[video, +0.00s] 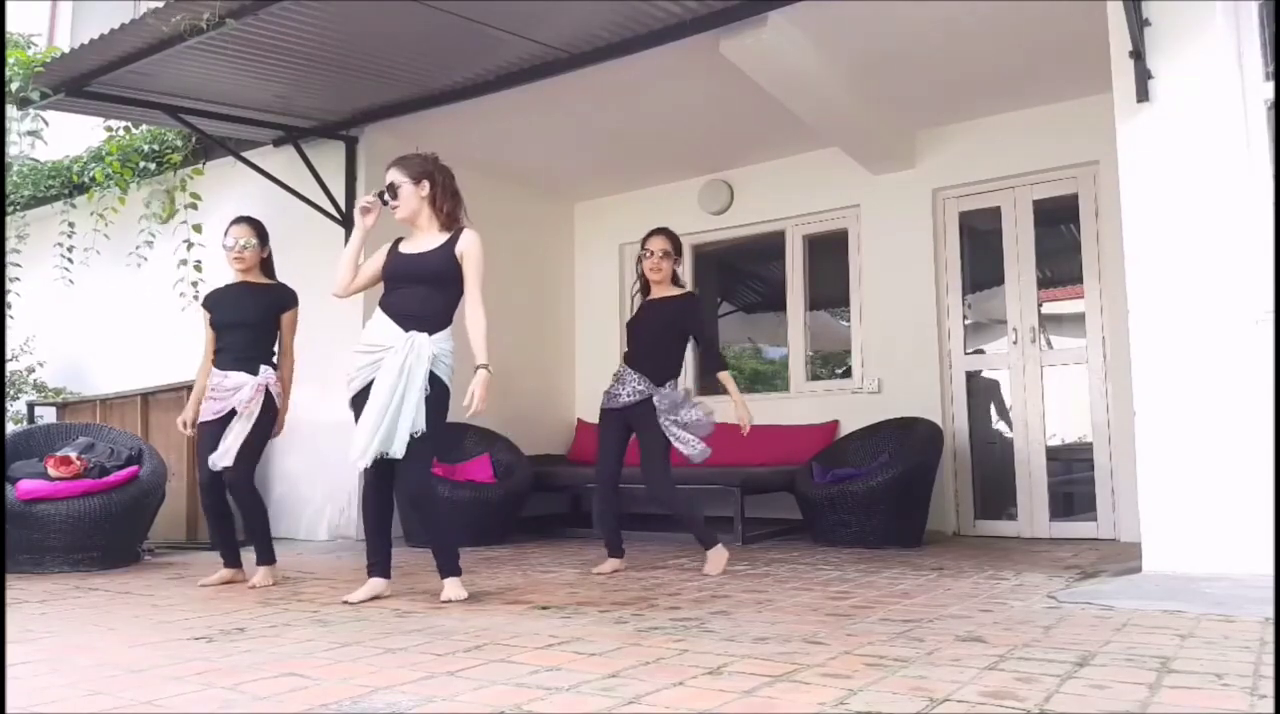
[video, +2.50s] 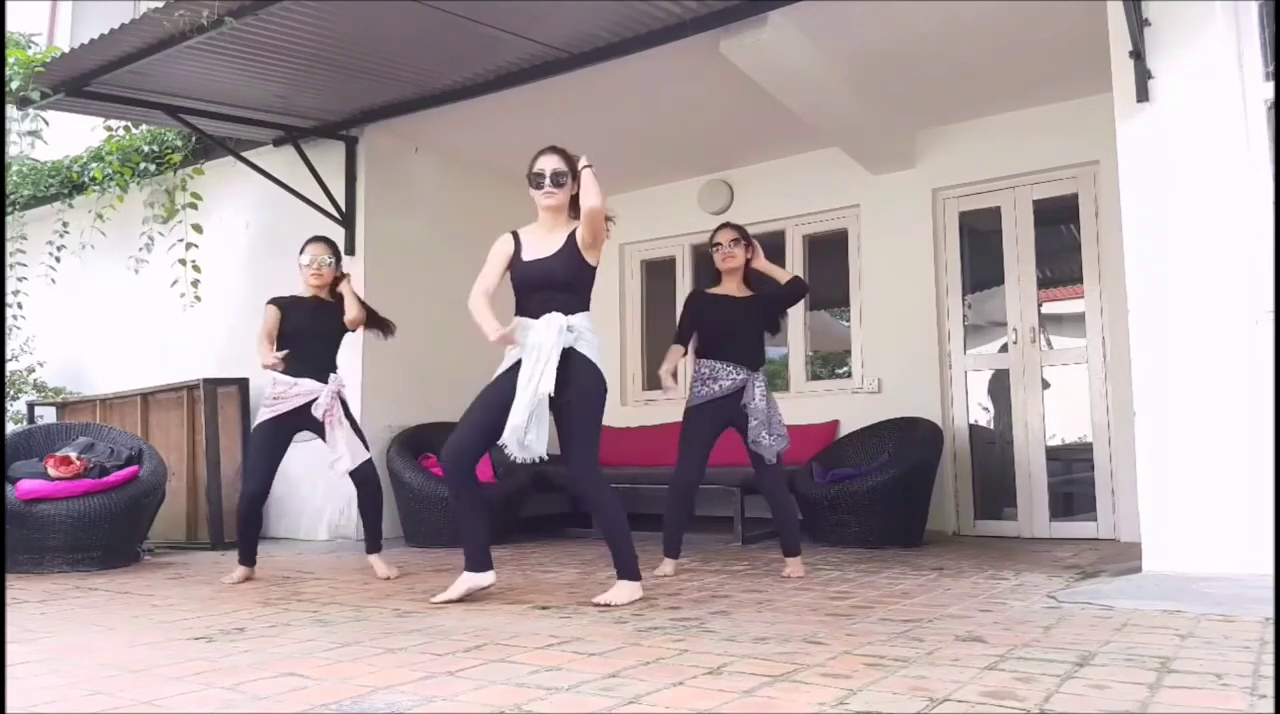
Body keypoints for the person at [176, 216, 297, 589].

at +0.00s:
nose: (237, 251)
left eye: (246, 244)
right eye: (231, 245)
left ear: (263, 250)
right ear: (224, 251)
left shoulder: (281, 295)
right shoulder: (215, 299)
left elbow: (286, 356)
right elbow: (209, 358)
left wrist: (283, 406)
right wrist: (192, 404)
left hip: (260, 393)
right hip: (217, 393)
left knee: (239, 476)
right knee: (208, 479)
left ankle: (265, 564)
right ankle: (231, 565)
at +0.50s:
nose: (254, 246)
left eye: (263, 239)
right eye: (248, 239)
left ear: (281, 244)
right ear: (240, 242)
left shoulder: (291, 288)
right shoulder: (231, 284)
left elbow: (319, 345)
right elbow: (230, 334)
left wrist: (341, 399)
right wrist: (225, 377)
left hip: (264, 383)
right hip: (224, 382)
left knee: (273, 468)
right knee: (218, 473)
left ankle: (327, 540)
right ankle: (231, 563)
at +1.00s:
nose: (302, 264)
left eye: (309, 256)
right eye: (294, 259)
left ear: (324, 259)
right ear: (287, 264)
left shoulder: (349, 301)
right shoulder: (283, 301)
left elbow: (318, 317)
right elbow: (248, 359)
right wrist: (207, 385)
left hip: (324, 398)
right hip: (278, 395)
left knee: (349, 481)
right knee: (253, 483)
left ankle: (353, 561)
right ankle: (226, 555)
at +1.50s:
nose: (330, 271)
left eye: (338, 265)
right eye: (324, 264)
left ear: (348, 273)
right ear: (312, 268)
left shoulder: (347, 313)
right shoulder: (288, 302)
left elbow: (360, 321)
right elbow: (281, 329)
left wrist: (355, 288)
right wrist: (296, 338)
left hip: (336, 399)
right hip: (294, 399)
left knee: (358, 480)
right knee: (254, 485)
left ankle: (379, 560)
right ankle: (251, 565)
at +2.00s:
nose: (317, 272)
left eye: (324, 265)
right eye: (309, 266)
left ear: (335, 272)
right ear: (299, 273)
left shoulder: (351, 310)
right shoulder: (294, 311)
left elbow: (366, 308)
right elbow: (274, 341)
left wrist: (348, 282)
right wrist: (255, 354)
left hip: (341, 404)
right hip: (296, 402)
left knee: (358, 486)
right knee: (269, 487)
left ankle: (379, 559)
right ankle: (238, 560)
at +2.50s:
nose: (316, 268)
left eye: (325, 262)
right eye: (309, 261)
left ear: (336, 270)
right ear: (299, 267)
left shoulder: (343, 308)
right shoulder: (280, 306)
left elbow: (354, 318)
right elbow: (266, 340)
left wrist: (345, 285)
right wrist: (268, 357)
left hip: (327, 402)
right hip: (283, 400)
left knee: (368, 478)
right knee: (254, 488)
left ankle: (374, 553)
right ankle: (246, 565)